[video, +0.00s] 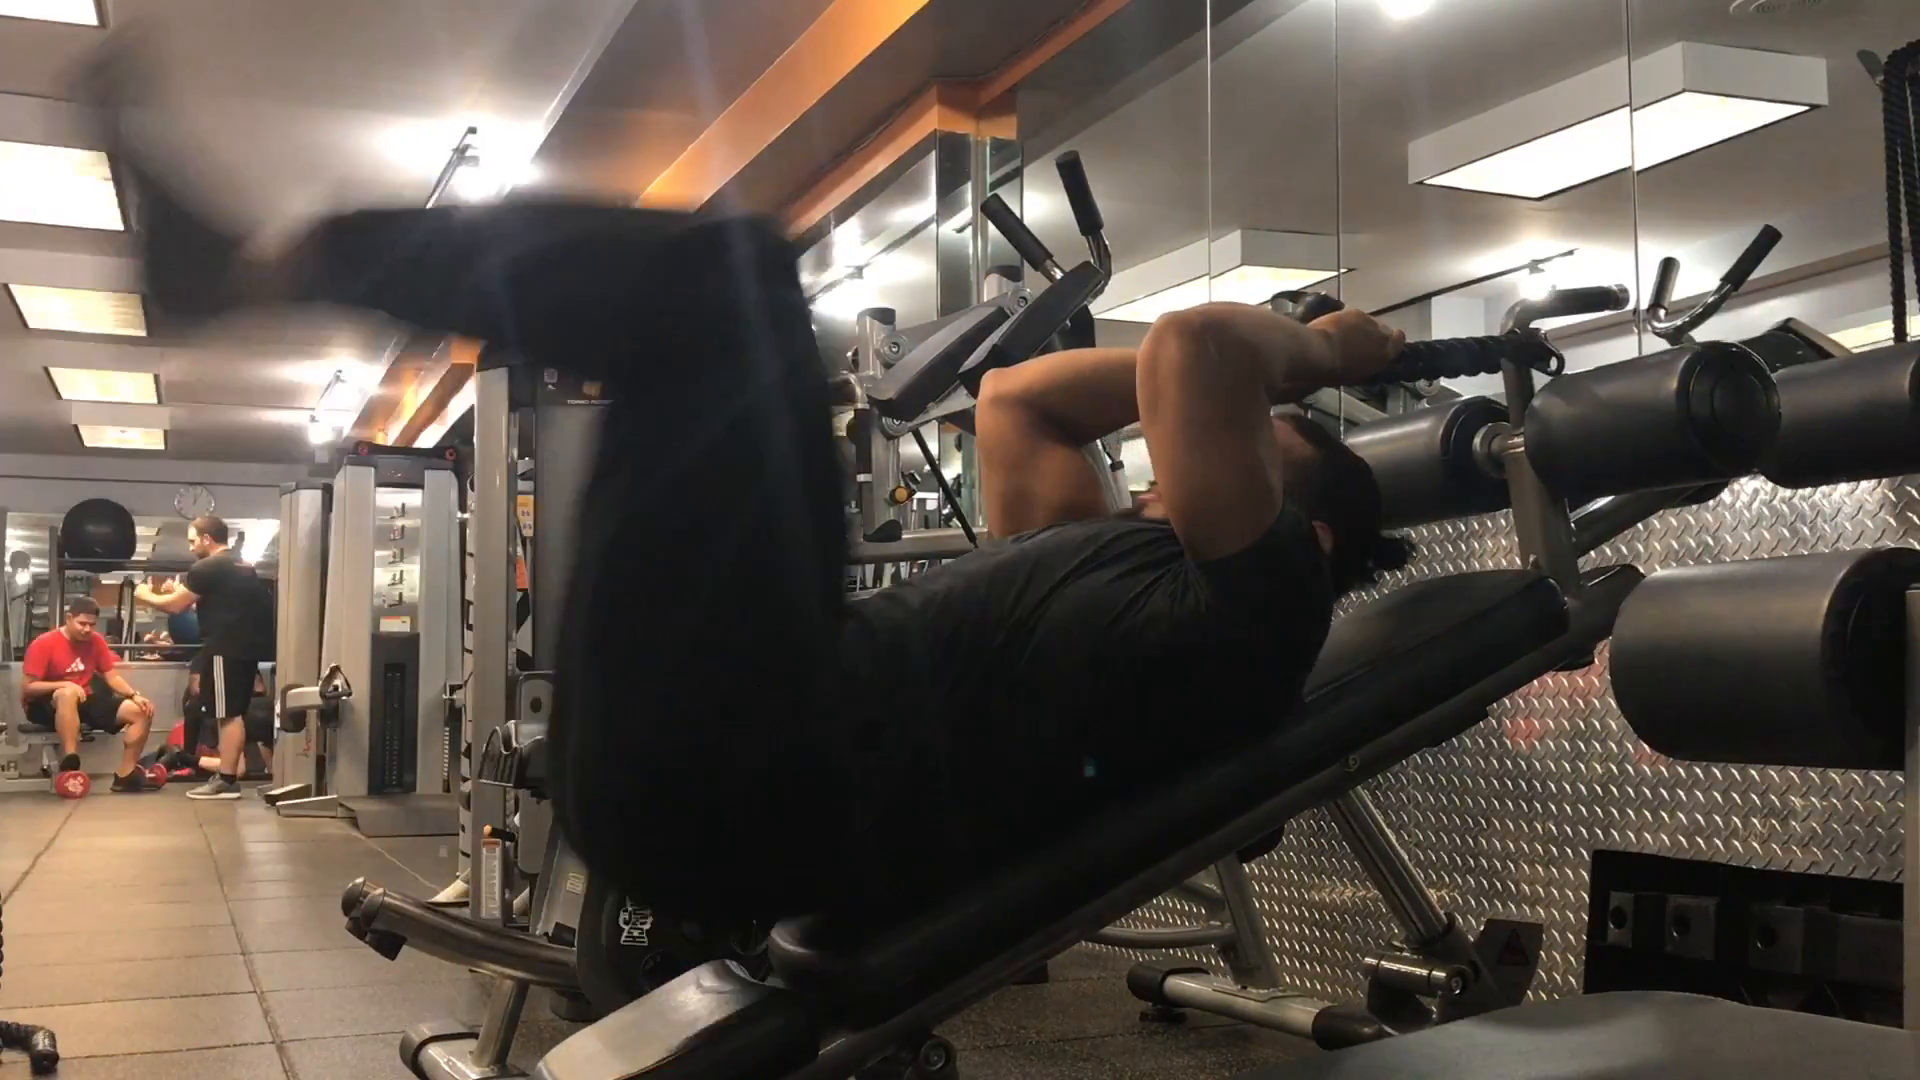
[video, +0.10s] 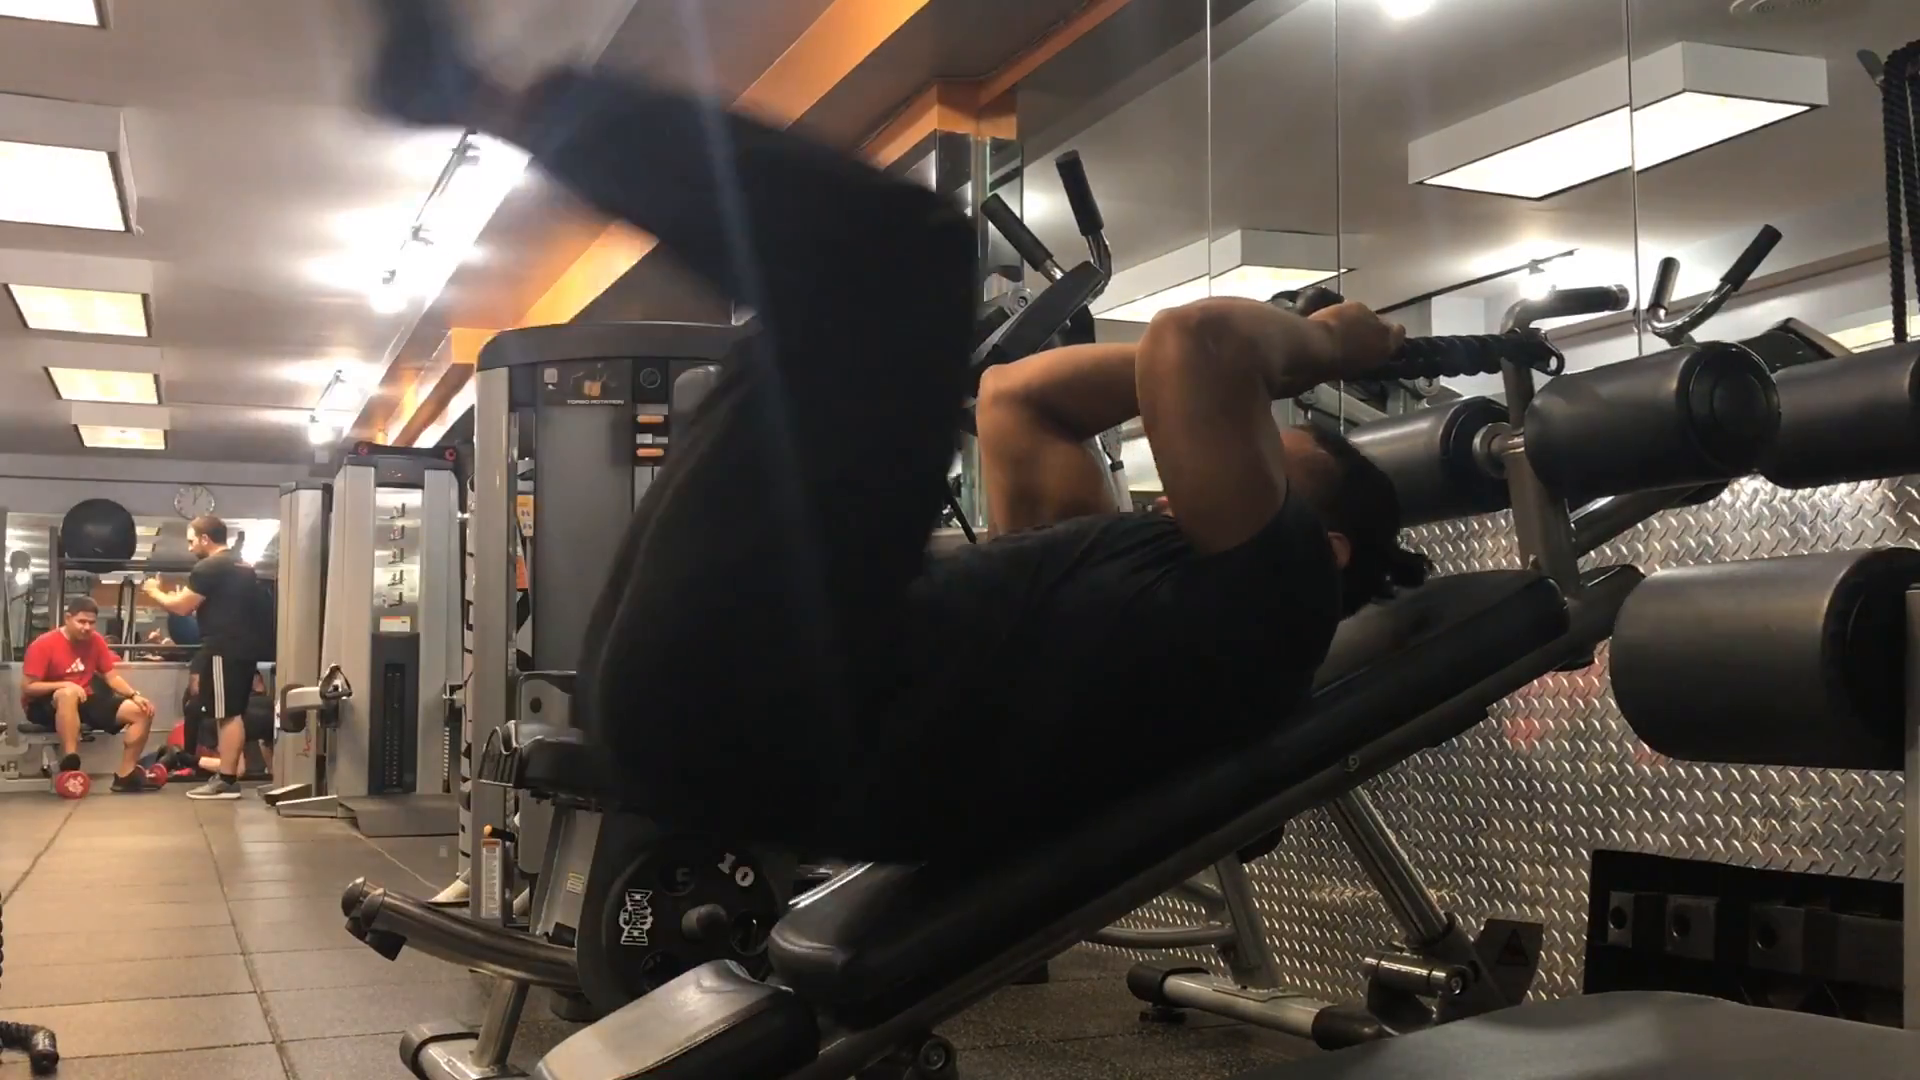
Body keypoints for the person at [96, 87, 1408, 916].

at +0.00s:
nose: (1236, 468)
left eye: (1270, 463)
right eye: (1253, 454)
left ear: (1303, 521)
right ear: (1233, 500)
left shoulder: (1254, 618)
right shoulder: (1103, 581)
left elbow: (1194, 337)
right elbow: (1010, 401)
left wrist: (1323, 344)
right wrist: (1216, 393)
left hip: (735, 820)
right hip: (730, 754)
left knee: (721, 273)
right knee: (739, 266)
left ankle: (262, 263)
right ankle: (320, 256)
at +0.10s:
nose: (1265, 445)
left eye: (1296, 451)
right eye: (1276, 438)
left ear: (1331, 536)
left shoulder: (1272, 602)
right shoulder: (1107, 573)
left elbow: (1195, 335)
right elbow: (1017, 395)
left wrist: (1326, 339)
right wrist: (1205, 406)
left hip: (744, 728)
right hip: (676, 714)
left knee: (911, 248)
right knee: (884, 291)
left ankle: (473, 88)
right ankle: (481, 96)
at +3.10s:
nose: (1311, 458)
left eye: (1337, 473)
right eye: (1324, 457)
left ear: (1354, 569)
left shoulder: (1293, 605)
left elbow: (1205, 336)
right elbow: (1038, 396)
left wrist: (1331, 339)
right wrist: (1210, 374)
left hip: (776, 557)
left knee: (1085, 197)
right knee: (982, 241)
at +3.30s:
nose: (1290, 451)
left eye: (1318, 462)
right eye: (1304, 449)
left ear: (1332, 535)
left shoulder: (1259, 603)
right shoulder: (1118, 585)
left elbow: (1190, 329)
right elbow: (1015, 392)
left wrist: (1325, 337)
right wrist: (1223, 364)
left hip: (743, 732)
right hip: (708, 703)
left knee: (871, 217)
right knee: (841, 259)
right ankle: (439, 148)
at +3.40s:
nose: (1259, 463)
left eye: (1293, 469)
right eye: (1273, 462)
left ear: (1319, 529)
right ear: (1249, 503)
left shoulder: (1262, 594)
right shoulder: (1103, 567)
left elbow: (1178, 323)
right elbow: (1007, 391)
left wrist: (1319, 345)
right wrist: (1202, 391)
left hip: (756, 805)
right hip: (721, 751)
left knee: (715, 260)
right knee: (716, 259)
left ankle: (234, 314)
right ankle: (259, 306)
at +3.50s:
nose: (1226, 473)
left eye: (1263, 472)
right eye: (1248, 465)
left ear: (1293, 514)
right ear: (1240, 503)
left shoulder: (1234, 613)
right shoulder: (1090, 580)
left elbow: (1170, 326)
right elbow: (1017, 389)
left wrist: (1314, 341)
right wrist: (1208, 374)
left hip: (767, 868)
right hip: (723, 802)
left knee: (551, 332)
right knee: (548, 320)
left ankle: (97, 509)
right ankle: (112, 498)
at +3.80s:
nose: (1203, 466)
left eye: (1241, 462)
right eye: (1225, 461)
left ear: (1276, 513)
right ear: (1216, 511)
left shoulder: (1237, 604)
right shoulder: (1078, 574)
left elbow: (1149, 325)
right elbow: (1008, 398)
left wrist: (1307, 351)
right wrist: (1200, 418)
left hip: (689, 855)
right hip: (638, 749)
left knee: (155, 728)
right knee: (170, 703)